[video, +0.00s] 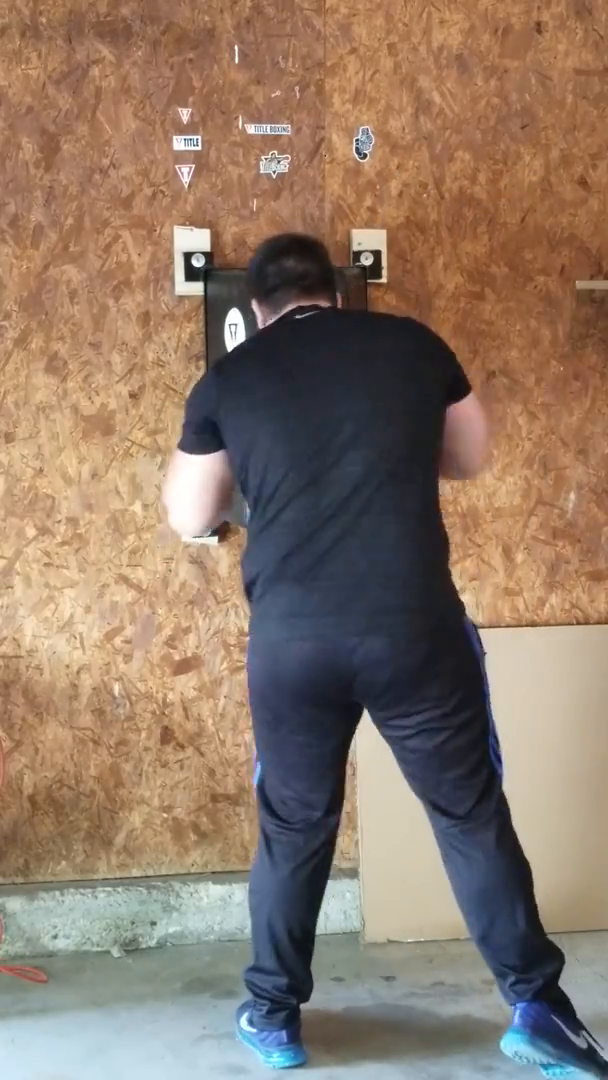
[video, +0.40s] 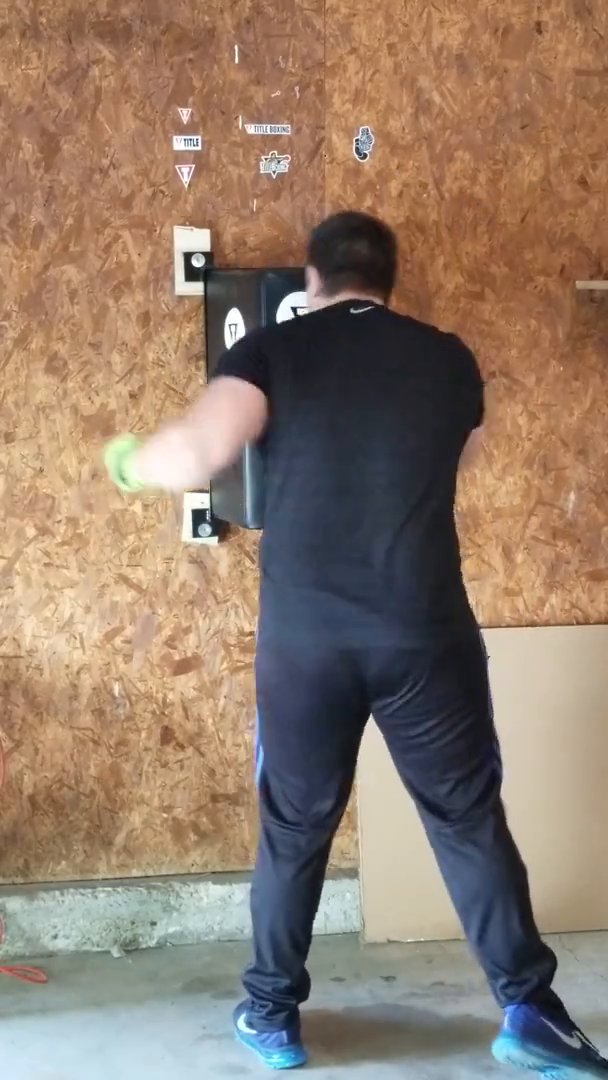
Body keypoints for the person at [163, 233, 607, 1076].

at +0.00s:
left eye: (254, 314)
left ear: (259, 311)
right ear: (338, 293)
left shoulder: (227, 378)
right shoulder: (410, 340)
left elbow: (191, 517)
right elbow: (470, 457)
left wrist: (240, 477)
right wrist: (387, 440)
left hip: (293, 638)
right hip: (415, 625)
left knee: (292, 826)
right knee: (471, 813)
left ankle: (273, 1014)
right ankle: (537, 1002)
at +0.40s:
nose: (305, 289)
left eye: (305, 278)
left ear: (311, 278)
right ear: (391, 284)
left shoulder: (273, 350)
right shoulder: (452, 360)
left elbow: (197, 459)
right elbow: (452, 460)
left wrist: (133, 459)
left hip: (305, 633)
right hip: (424, 630)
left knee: (293, 827)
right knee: (469, 816)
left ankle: (272, 1011)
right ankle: (531, 1005)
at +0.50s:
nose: (347, 288)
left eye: (340, 277)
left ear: (338, 279)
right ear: (417, 288)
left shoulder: (272, 343)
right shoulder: (462, 358)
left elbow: (158, 402)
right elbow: (494, 463)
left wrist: (159, 358)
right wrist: (425, 412)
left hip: (303, 635)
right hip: (424, 633)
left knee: (300, 821)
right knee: (488, 796)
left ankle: (269, 1012)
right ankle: (544, 986)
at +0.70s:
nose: (380, 287)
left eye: (378, 276)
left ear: (381, 281)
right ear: (462, 292)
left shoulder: (316, 346)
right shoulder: (491, 363)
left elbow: (230, 452)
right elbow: (533, 487)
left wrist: (282, 392)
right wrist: (471, 431)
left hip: (328, 626)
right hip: (447, 628)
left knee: (310, 816)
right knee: (521, 804)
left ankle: (268, 1011)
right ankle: (586, 995)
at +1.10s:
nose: (409, 324)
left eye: (405, 315)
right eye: (404, 315)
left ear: (422, 297)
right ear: (493, 280)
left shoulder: (432, 346)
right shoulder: (587, 348)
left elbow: (360, 466)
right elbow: (580, 461)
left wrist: (368, 409)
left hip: (463, 611)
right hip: (577, 616)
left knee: (417, 805)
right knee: (565, 818)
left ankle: (405, 993)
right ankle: (587, 1020)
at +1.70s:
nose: (414, 394)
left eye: (410, 382)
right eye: (407, 384)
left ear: (436, 372)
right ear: (470, 329)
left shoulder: (520, 405)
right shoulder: (549, 365)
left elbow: (457, 532)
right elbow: (487, 480)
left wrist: (414, 450)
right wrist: (435, 428)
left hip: (561, 628)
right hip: (589, 618)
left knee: (486, 798)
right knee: (603, 778)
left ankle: (494, 999)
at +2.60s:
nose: (406, 319)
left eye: (408, 301)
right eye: (403, 304)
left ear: (446, 292)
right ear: (471, 289)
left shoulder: (500, 347)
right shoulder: (533, 344)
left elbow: (536, 459)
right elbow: (499, 468)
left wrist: (425, 456)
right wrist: (429, 415)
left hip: (513, 612)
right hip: (575, 605)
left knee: (469, 798)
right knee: (557, 749)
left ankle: (489, 997)